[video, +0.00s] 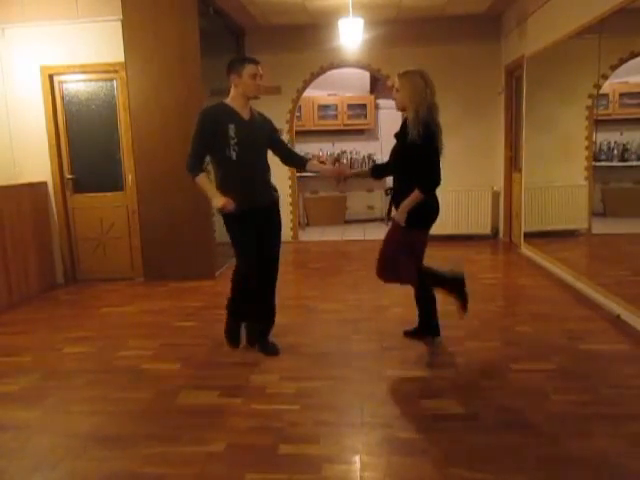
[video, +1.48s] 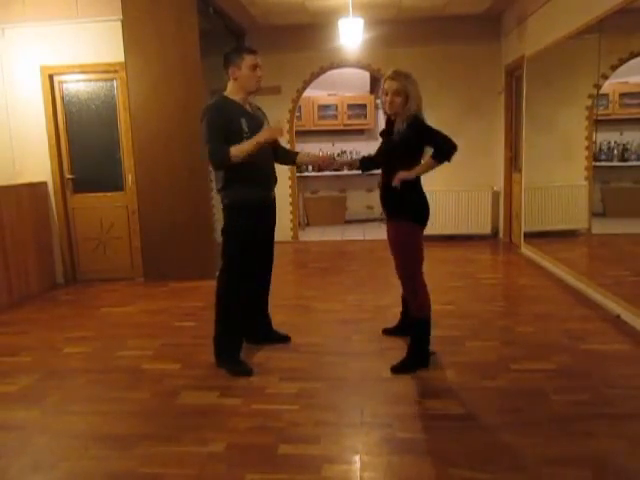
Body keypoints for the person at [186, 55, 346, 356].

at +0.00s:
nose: (260, 82)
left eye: (260, 77)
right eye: (254, 77)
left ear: (249, 81)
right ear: (235, 79)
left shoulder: (260, 121)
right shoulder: (213, 116)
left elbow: (289, 156)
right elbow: (195, 166)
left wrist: (326, 169)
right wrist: (215, 197)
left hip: (266, 202)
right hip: (235, 205)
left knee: (268, 269)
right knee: (248, 264)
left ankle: (260, 332)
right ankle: (235, 318)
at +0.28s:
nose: (260, 77)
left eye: (260, 72)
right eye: (253, 71)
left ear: (251, 76)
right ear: (233, 75)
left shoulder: (259, 118)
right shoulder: (211, 111)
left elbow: (285, 155)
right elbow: (191, 160)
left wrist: (320, 179)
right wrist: (203, 202)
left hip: (250, 207)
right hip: (222, 208)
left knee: (262, 274)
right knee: (224, 275)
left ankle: (273, 333)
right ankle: (217, 329)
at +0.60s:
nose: (260, 71)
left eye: (260, 65)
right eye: (254, 65)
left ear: (258, 70)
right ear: (234, 69)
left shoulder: (261, 111)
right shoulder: (215, 104)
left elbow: (277, 152)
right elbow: (186, 148)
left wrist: (312, 160)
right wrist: (217, 167)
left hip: (262, 197)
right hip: (233, 197)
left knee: (262, 266)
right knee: (234, 265)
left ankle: (255, 329)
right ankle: (220, 327)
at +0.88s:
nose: (256, 74)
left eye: (256, 68)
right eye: (250, 68)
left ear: (244, 73)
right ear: (230, 72)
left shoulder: (255, 115)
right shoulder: (212, 112)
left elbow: (275, 154)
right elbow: (208, 164)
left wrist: (310, 175)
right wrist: (235, 199)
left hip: (258, 204)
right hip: (230, 205)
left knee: (260, 266)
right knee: (231, 275)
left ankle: (255, 329)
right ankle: (227, 351)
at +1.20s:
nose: (259, 72)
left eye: (259, 66)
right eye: (253, 66)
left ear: (248, 71)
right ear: (232, 70)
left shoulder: (253, 109)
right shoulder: (218, 104)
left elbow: (265, 151)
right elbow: (197, 148)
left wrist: (300, 162)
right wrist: (239, 160)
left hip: (258, 201)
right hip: (234, 203)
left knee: (261, 265)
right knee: (236, 272)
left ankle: (256, 327)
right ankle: (227, 352)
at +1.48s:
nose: (260, 74)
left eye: (260, 68)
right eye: (254, 68)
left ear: (244, 73)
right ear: (234, 72)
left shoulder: (255, 113)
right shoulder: (218, 110)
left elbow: (274, 152)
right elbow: (219, 158)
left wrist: (310, 159)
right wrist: (259, 139)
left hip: (263, 201)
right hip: (238, 203)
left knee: (261, 269)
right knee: (235, 275)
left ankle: (258, 327)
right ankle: (227, 351)